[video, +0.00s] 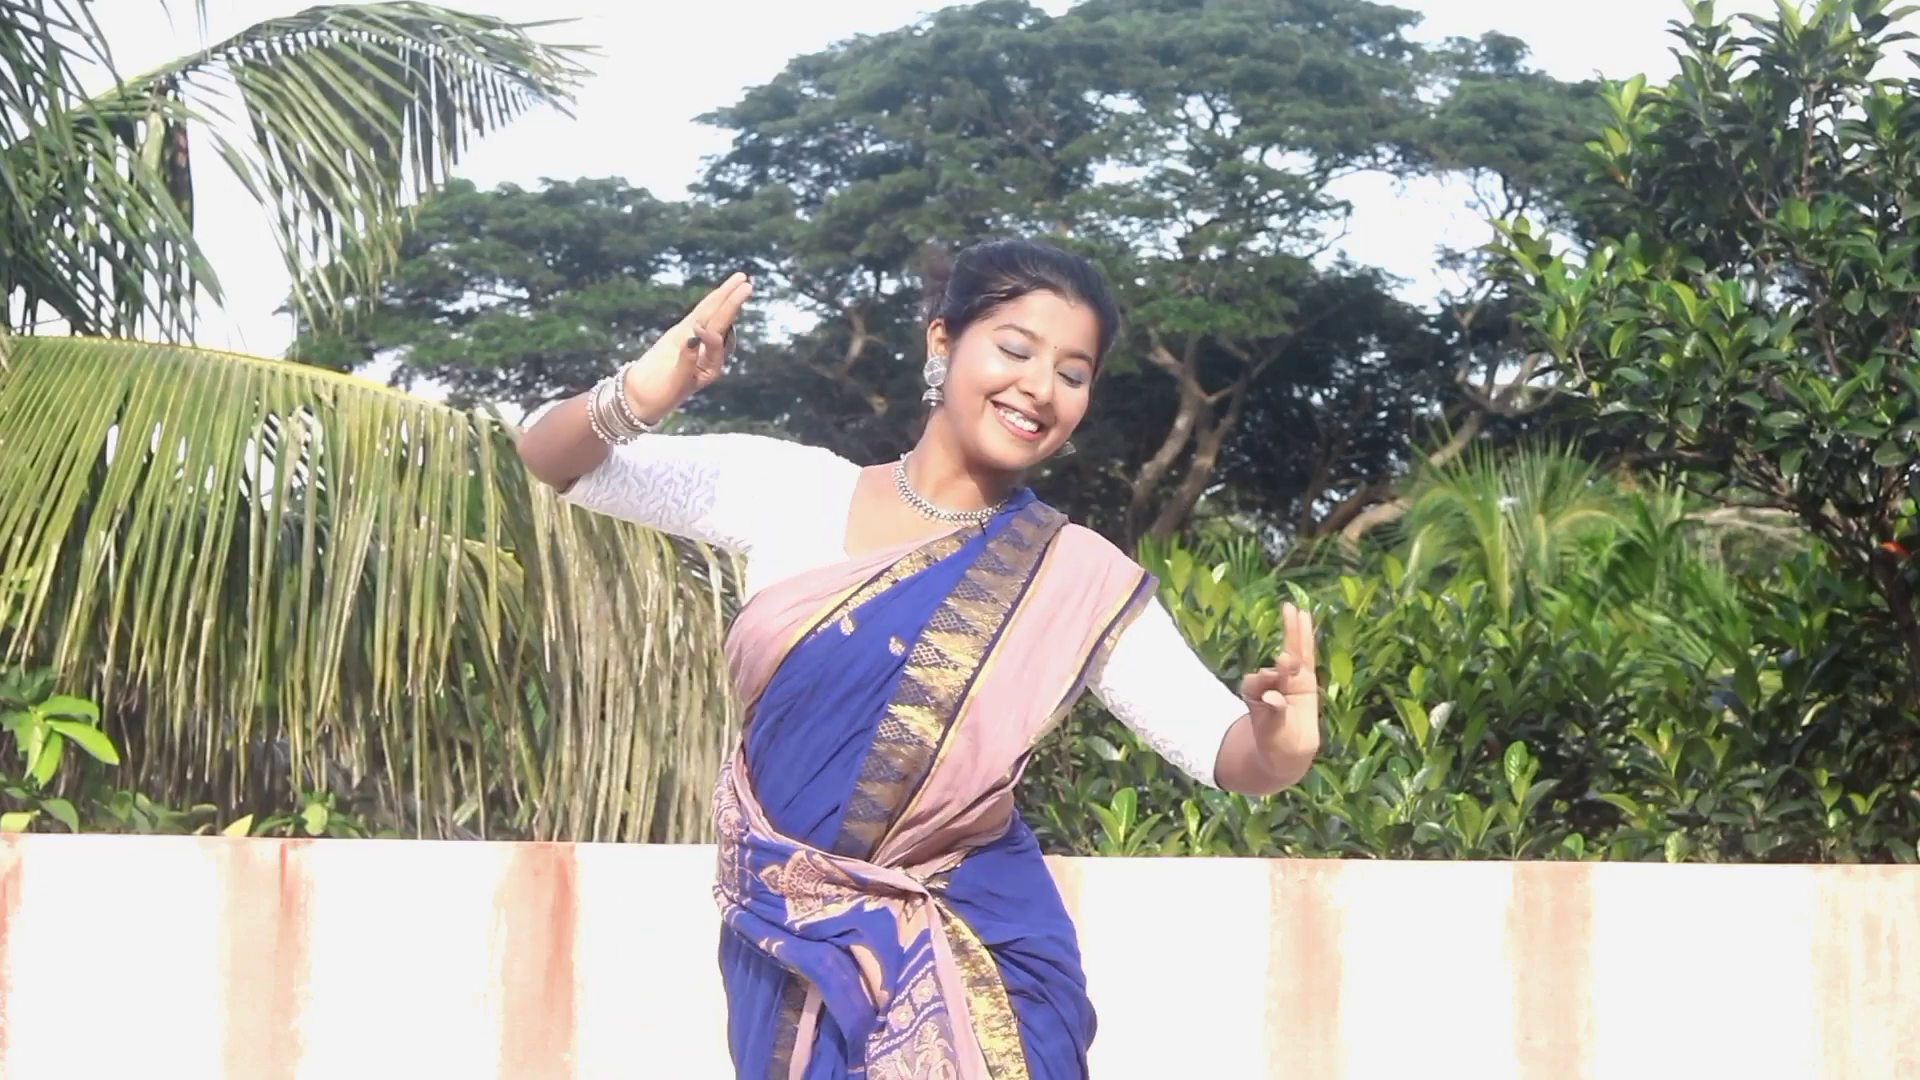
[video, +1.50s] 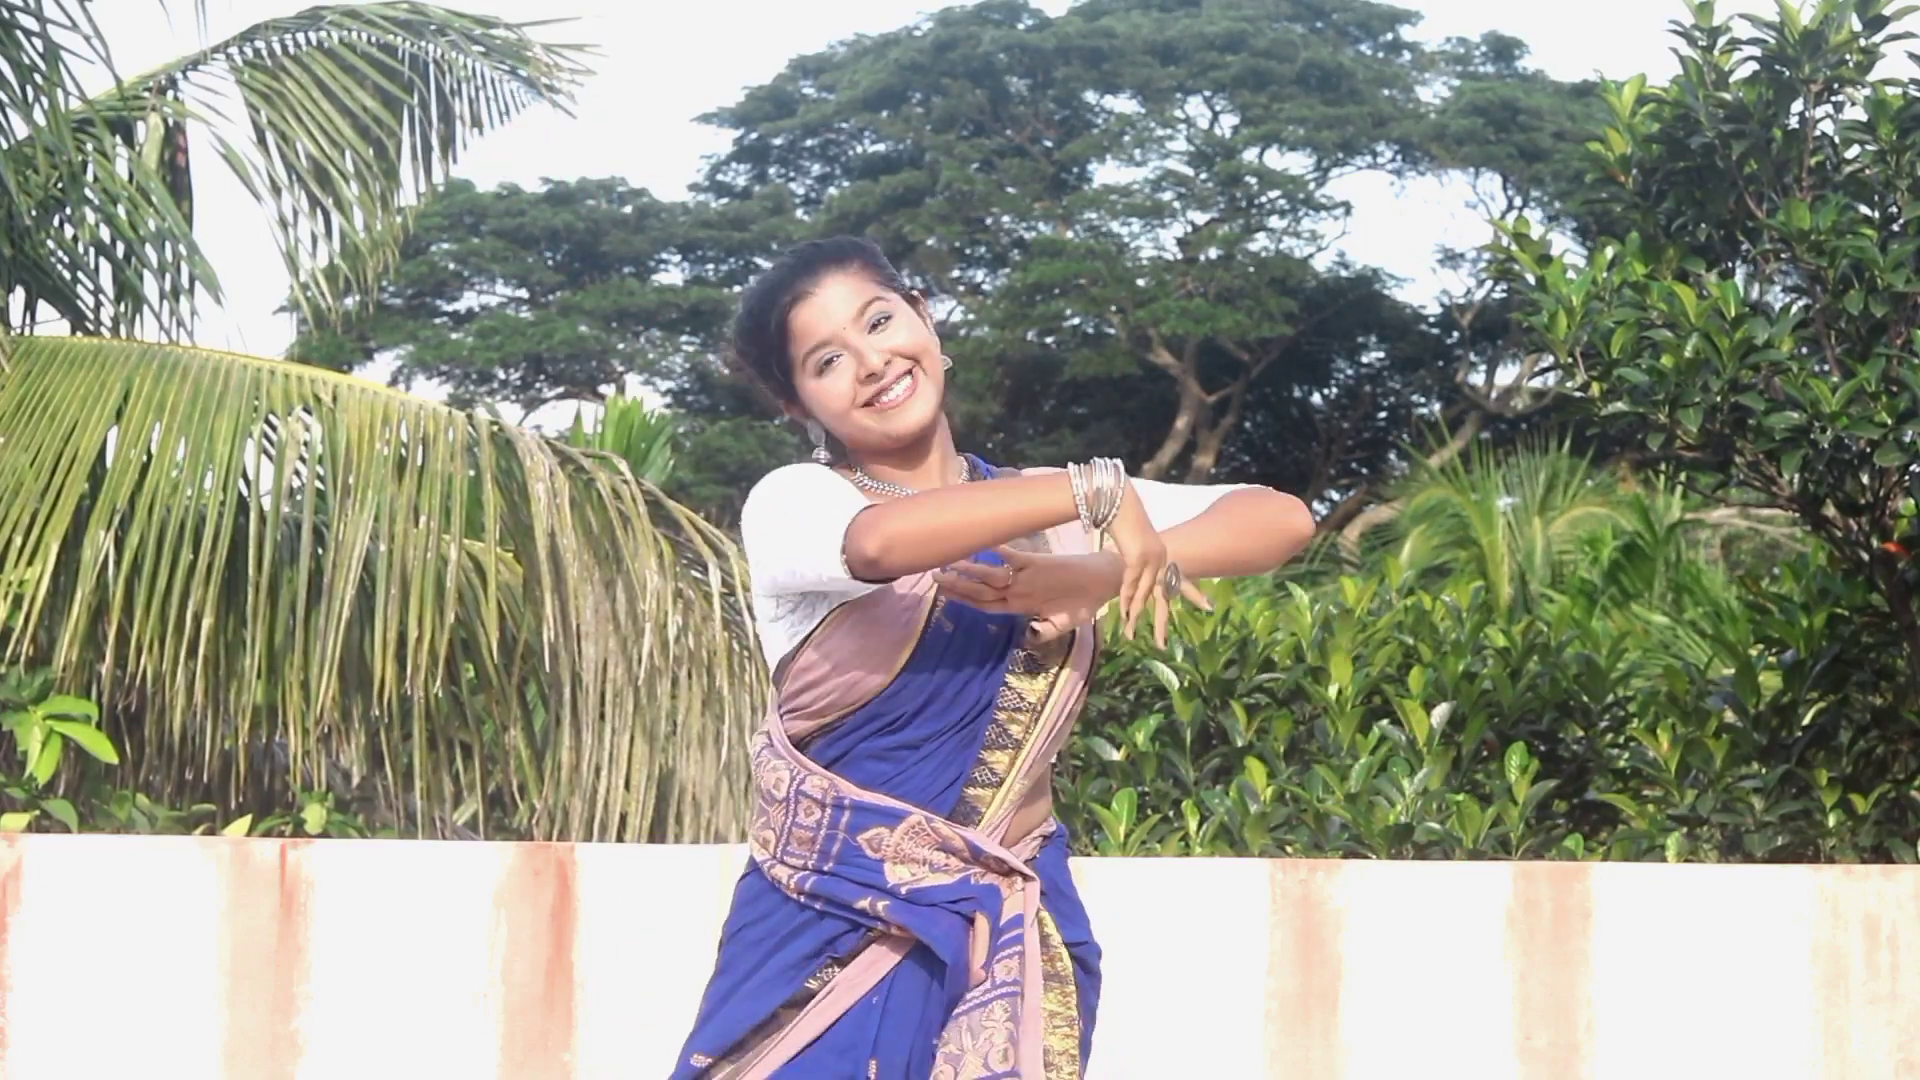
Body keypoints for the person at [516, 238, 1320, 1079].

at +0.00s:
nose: (1040, 386)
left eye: (1071, 372)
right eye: (1014, 348)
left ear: (1084, 406)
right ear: (942, 346)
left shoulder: (1084, 576)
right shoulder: (787, 490)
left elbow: (1226, 752)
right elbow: (546, 455)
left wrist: (1284, 741)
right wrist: (641, 392)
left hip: (978, 944)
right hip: (790, 938)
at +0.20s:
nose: (1097, 436)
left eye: (1122, 422)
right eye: (1073, 395)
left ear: (1130, 450)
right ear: (986, 381)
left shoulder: (1101, 618)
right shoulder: (829, 513)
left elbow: (1242, 757)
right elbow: (635, 446)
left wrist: (1395, 816)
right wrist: (582, 336)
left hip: (991, 975)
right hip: (809, 975)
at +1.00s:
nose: (1057, 362)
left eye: (1083, 339)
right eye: (1023, 331)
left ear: (1103, 368)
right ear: (955, 348)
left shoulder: (1113, 557)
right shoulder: (824, 474)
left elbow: (1273, 652)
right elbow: (605, 429)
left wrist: (1378, 665)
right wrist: (627, 413)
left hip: (1008, 909)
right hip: (818, 909)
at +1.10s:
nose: (1017, 352)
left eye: (1042, 324)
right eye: (979, 326)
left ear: (1071, 349)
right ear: (918, 353)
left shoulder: (1104, 544)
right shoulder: (833, 484)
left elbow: (1331, 644)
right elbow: (631, 464)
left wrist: (1296, 619)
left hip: (1010, 918)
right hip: (822, 912)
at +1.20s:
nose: (997, 354)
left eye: (1020, 321)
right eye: (955, 331)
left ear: (1049, 343)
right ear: (899, 363)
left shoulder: (1101, 540)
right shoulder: (820, 488)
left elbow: (1330, 619)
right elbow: (677, 505)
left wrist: (1247, 596)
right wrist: (860, 604)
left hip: (1010, 929)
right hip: (819, 922)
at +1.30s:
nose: (950, 357)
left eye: (967, 321)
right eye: (906, 342)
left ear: (1004, 333)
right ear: (857, 379)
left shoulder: (1075, 523)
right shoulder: (813, 493)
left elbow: (1317, 578)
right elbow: (784, 567)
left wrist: (1167, 584)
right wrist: (1003, 613)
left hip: (1009, 942)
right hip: (817, 933)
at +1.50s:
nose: (872, 359)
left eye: (880, 319)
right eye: (827, 360)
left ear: (928, 325)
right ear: (805, 411)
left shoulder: (1044, 497)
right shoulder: (793, 501)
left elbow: (1288, 521)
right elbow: (877, 543)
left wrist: (1100, 573)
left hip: (1012, 940)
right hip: (823, 929)